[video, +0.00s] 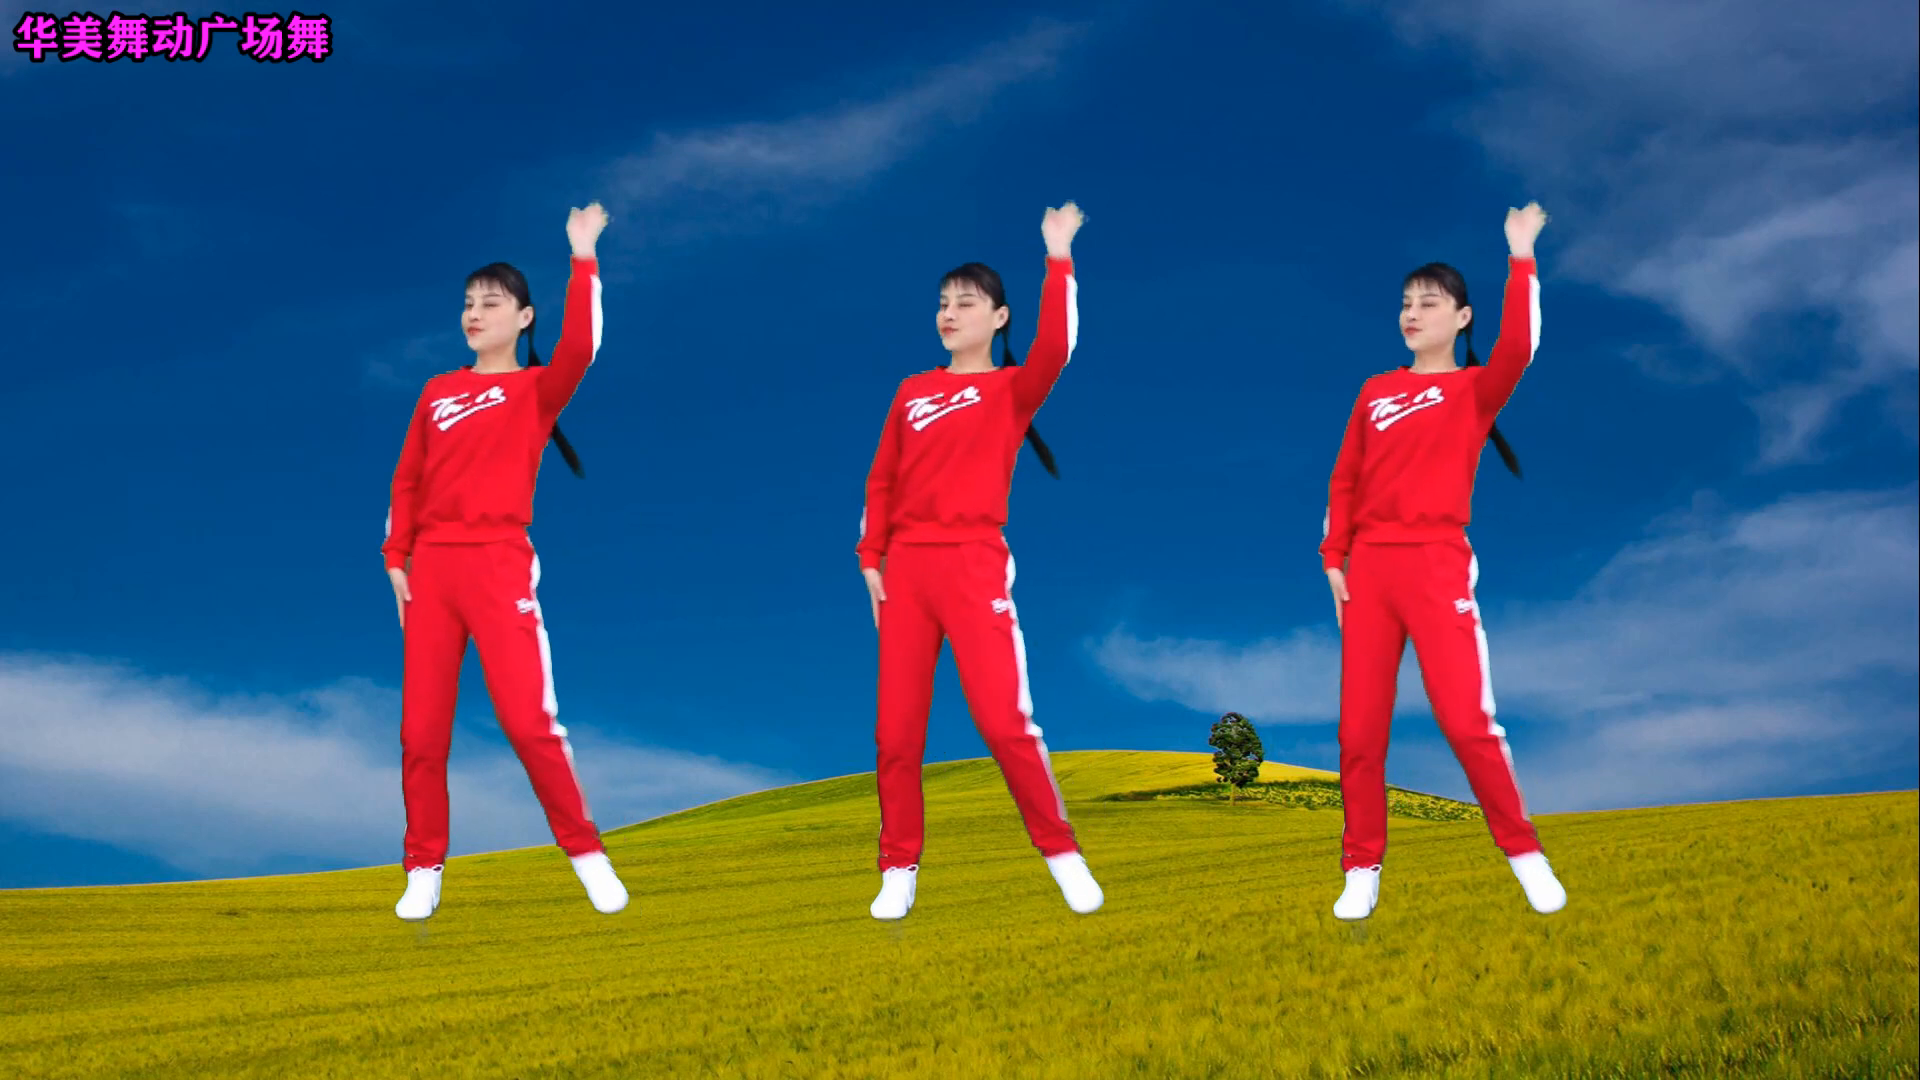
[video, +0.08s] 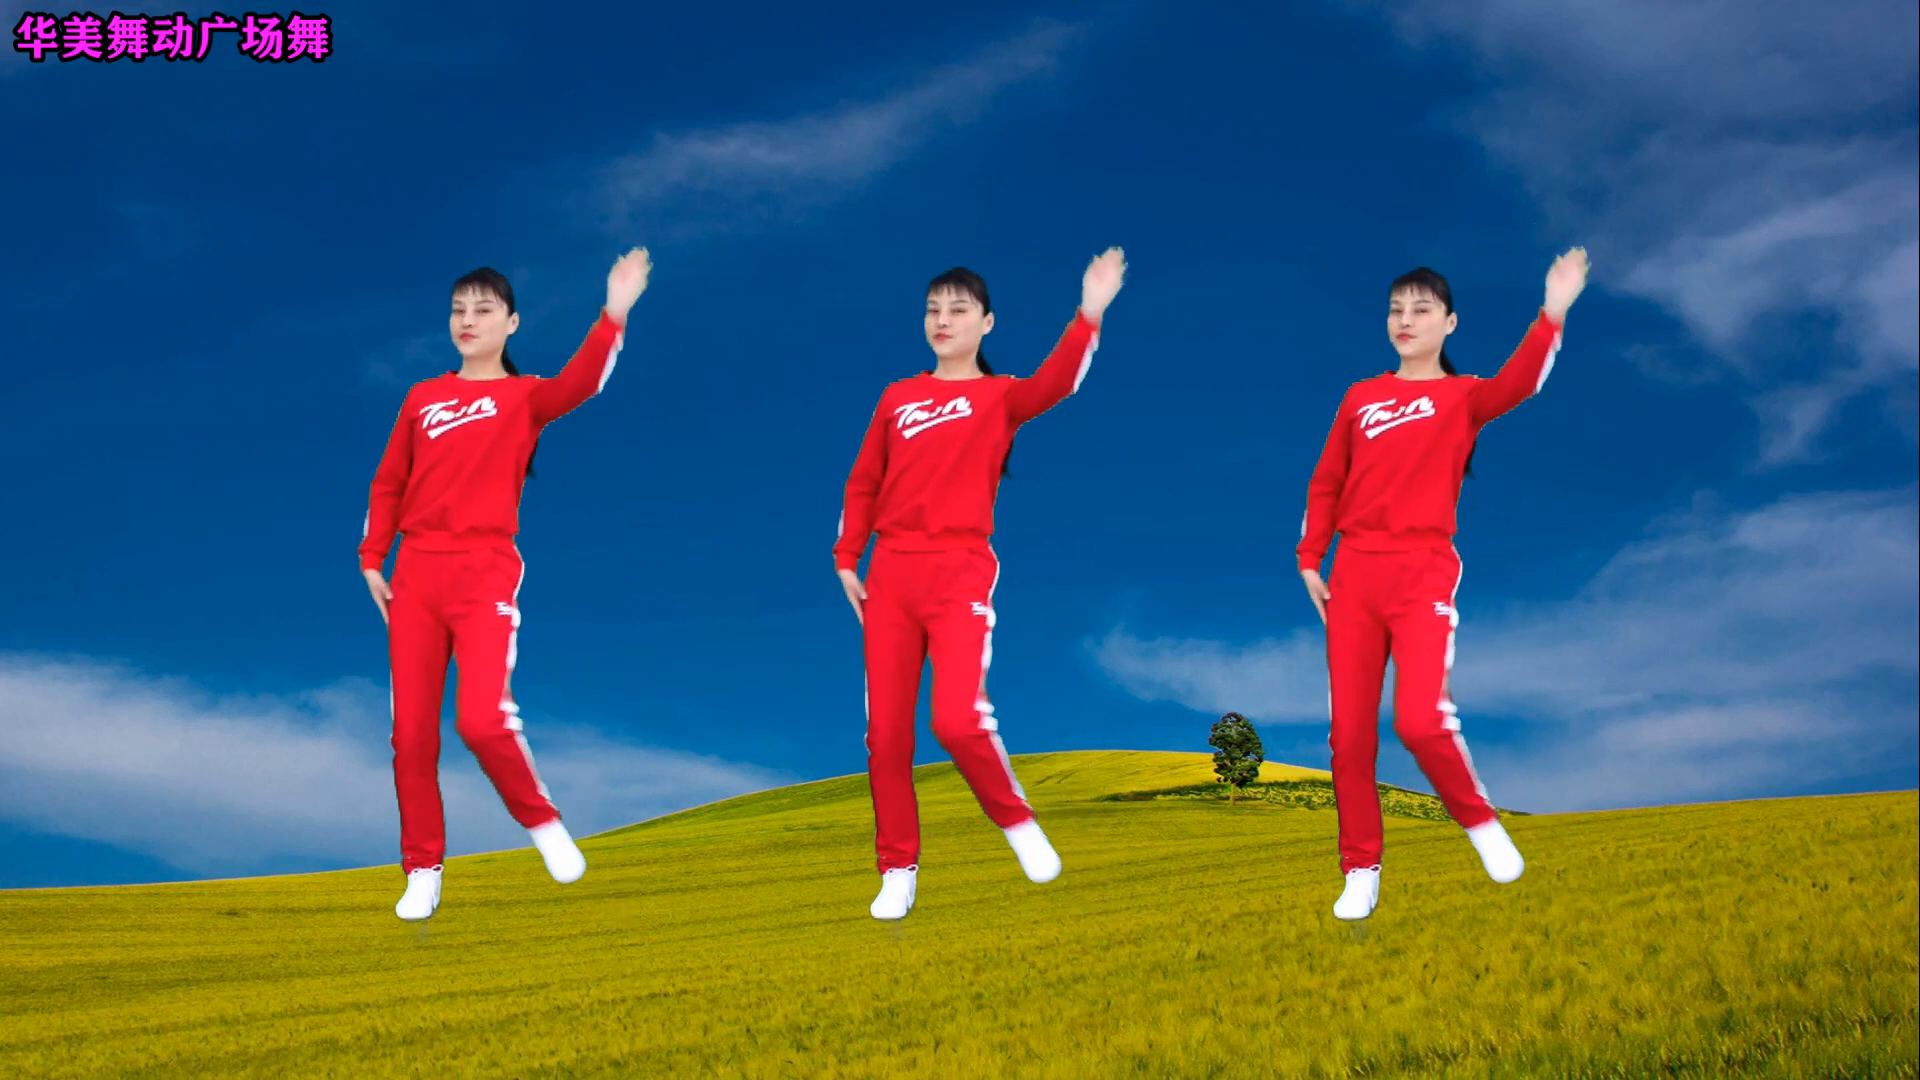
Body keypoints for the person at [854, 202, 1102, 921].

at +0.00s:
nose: (949, 313)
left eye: (965, 304)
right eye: (944, 305)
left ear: (999, 317)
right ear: (937, 320)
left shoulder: (1013, 387)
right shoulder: (911, 392)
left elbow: (1055, 341)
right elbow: (880, 481)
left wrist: (1059, 253)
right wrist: (871, 560)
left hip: (974, 563)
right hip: (904, 568)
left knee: (1004, 722)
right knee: (896, 734)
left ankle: (1060, 850)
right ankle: (898, 865)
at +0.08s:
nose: (944, 317)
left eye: (959, 308)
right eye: (936, 309)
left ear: (984, 323)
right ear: (925, 323)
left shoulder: (1002, 394)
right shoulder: (897, 398)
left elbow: (1057, 380)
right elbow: (864, 483)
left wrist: (1089, 312)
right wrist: (846, 559)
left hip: (962, 570)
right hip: (891, 569)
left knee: (955, 719)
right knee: (886, 730)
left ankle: (1016, 823)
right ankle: (898, 865)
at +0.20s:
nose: (933, 332)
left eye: (947, 322)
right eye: (922, 323)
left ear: (969, 333)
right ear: (910, 334)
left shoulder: (992, 408)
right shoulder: (881, 408)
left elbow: (1054, 437)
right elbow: (842, 489)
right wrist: (808, 563)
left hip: (950, 580)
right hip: (877, 578)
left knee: (903, 716)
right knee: (865, 732)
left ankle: (955, 795)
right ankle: (895, 866)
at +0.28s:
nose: (927, 327)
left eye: (940, 316)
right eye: (916, 318)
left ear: (962, 326)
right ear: (903, 331)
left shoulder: (989, 405)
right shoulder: (873, 400)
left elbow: (1041, 461)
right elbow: (821, 470)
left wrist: (1095, 509)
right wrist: (777, 535)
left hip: (947, 575)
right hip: (874, 571)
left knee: (893, 710)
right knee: (865, 725)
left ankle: (935, 799)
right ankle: (894, 864)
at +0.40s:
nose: (921, 309)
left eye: (932, 298)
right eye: (908, 301)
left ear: (954, 308)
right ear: (894, 314)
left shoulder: (981, 389)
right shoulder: (867, 378)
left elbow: (1015, 475)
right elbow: (794, 426)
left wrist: (1045, 557)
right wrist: (727, 474)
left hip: (946, 560)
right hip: (872, 559)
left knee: (914, 715)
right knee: (877, 721)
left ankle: (931, 839)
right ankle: (895, 861)